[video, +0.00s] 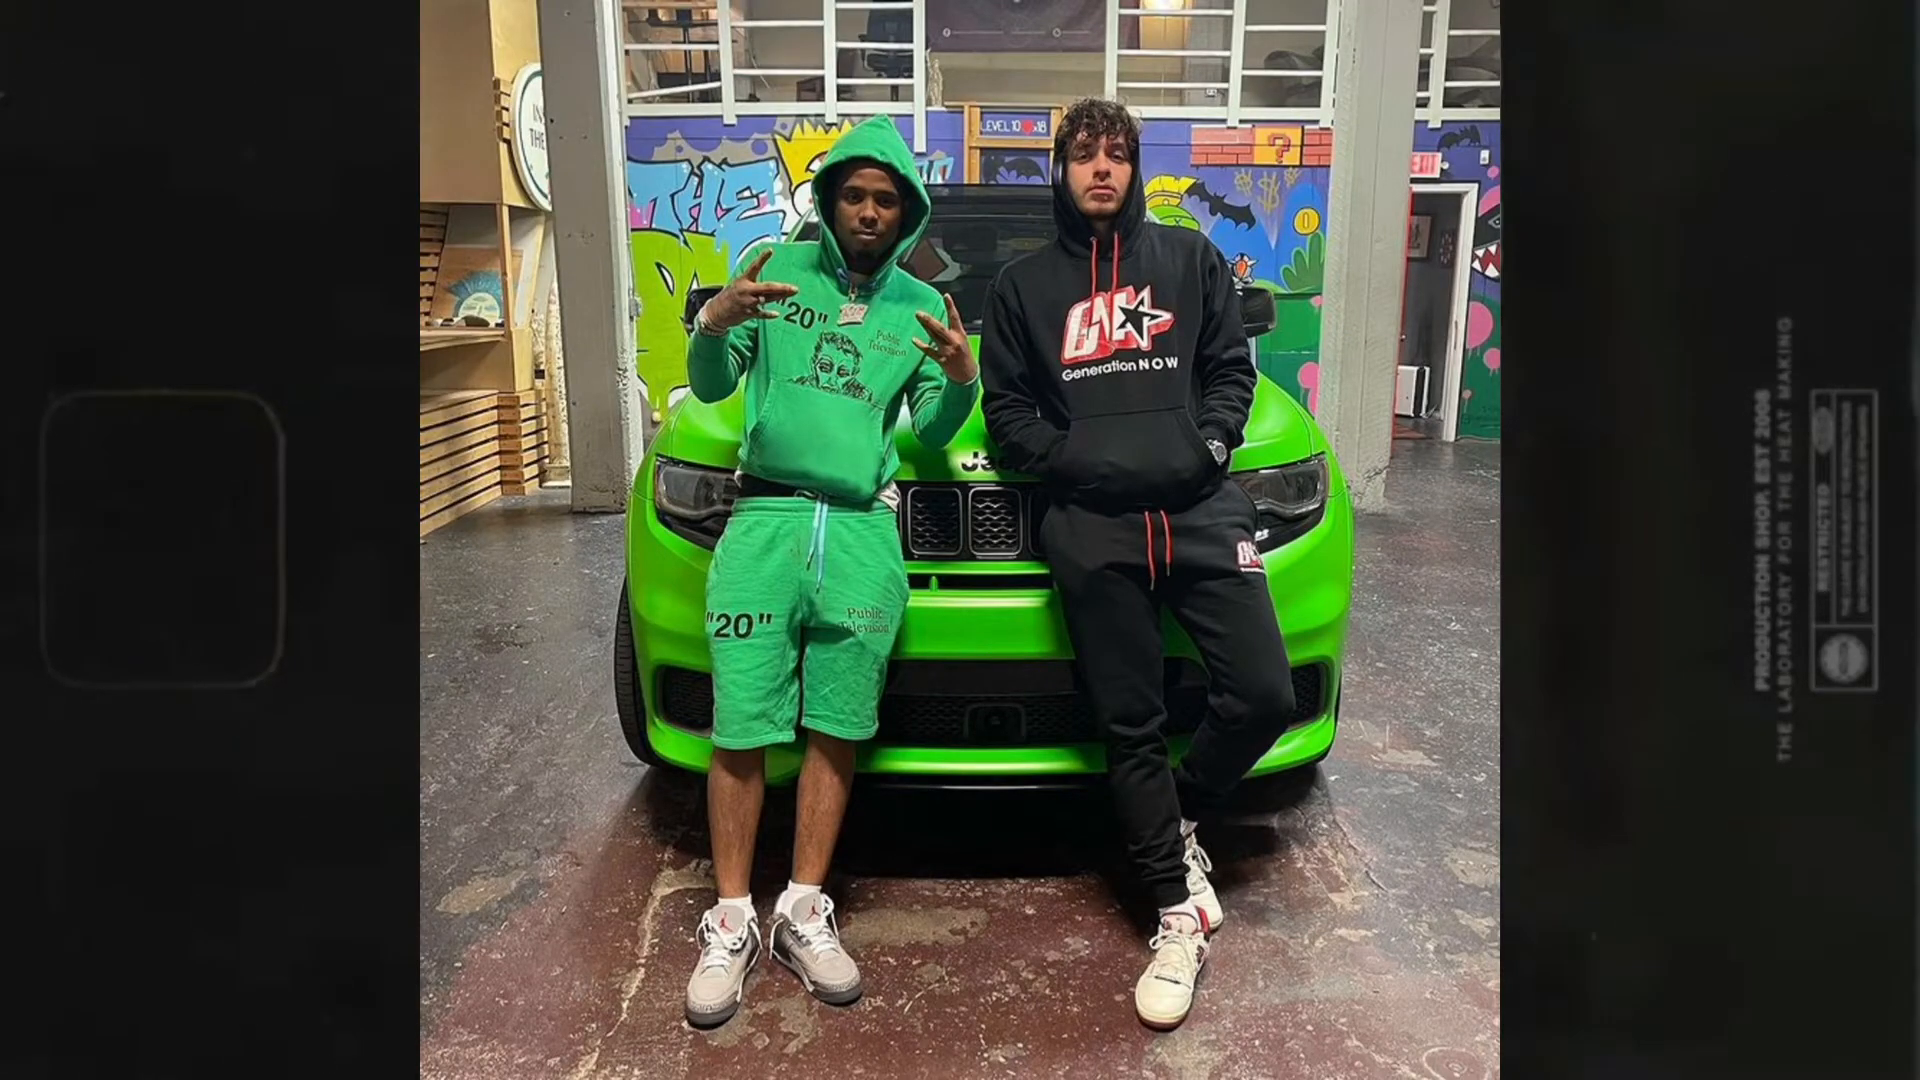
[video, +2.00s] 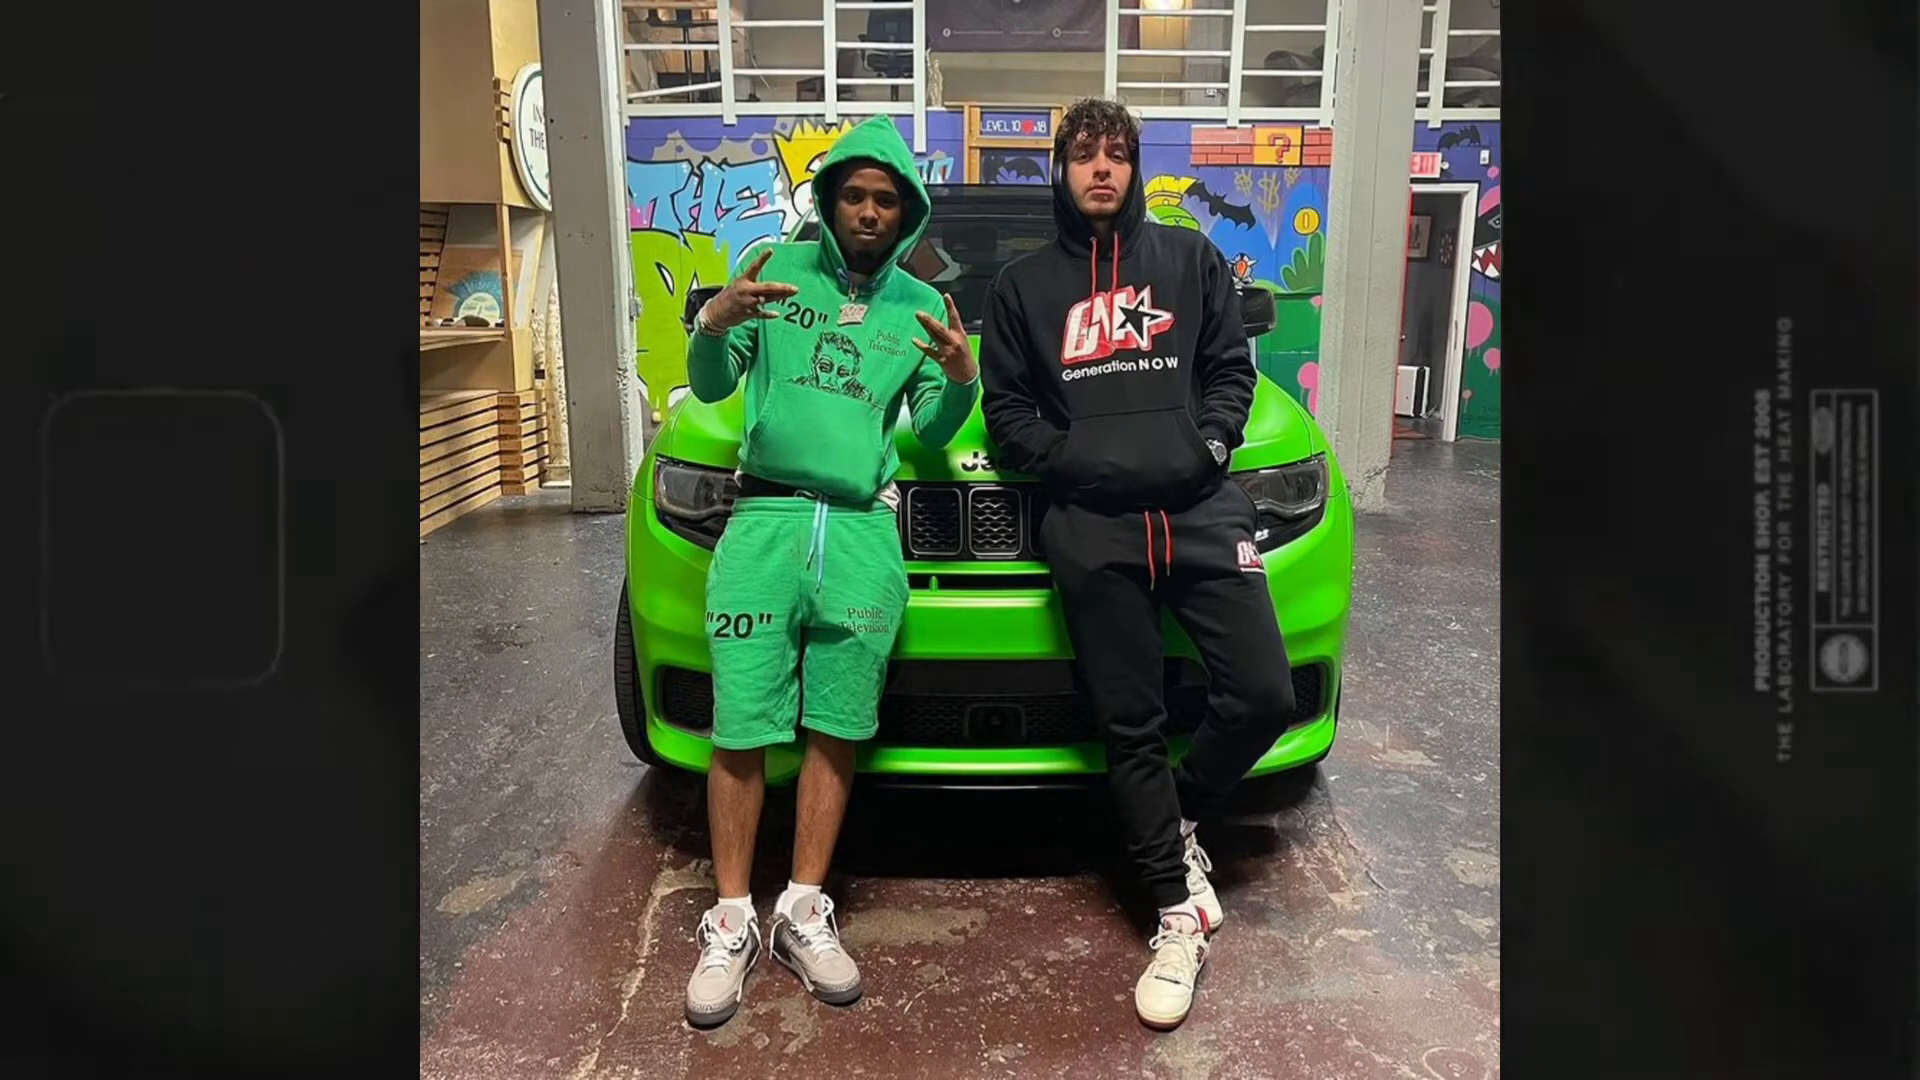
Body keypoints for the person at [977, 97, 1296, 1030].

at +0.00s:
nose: (1101, 171)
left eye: (1115, 159)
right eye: (1086, 159)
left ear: (1137, 170)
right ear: (1061, 172)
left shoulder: (1193, 257)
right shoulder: (1019, 281)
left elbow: (1232, 367)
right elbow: (1005, 405)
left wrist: (1208, 445)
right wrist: (1066, 456)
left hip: (1200, 502)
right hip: (1090, 513)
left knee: (1262, 693)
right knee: (1131, 719)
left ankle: (1180, 820)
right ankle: (1179, 917)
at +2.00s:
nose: (1101, 171)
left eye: (1115, 159)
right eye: (1086, 159)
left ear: (1137, 170)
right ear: (1061, 172)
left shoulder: (1193, 257)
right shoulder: (1019, 281)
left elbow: (1232, 367)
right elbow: (1005, 405)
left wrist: (1208, 445)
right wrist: (1065, 456)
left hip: (1200, 502)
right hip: (1091, 513)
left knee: (1262, 692)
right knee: (1131, 718)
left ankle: (1180, 820)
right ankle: (1179, 917)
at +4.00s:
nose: (1102, 171)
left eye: (1115, 158)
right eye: (1087, 158)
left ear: (1136, 171)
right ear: (1061, 172)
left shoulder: (1191, 256)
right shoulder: (1017, 280)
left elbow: (1232, 363)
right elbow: (1003, 403)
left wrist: (1209, 444)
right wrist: (1064, 457)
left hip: (1200, 503)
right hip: (1091, 514)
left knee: (1262, 692)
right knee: (1131, 719)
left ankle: (1180, 818)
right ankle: (1179, 917)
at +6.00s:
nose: (1102, 171)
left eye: (1116, 158)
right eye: (1088, 158)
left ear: (1137, 171)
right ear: (1062, 171)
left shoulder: (1191, 256)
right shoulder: (1018, 280)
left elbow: (1232, 364)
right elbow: (1004, 403)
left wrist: (1209, 444)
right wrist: (1065, 458)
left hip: (1200, 503)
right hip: (1091, 514)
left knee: (1262, 693)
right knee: (1131, 718)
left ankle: (1179, 819)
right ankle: (1179, 917)